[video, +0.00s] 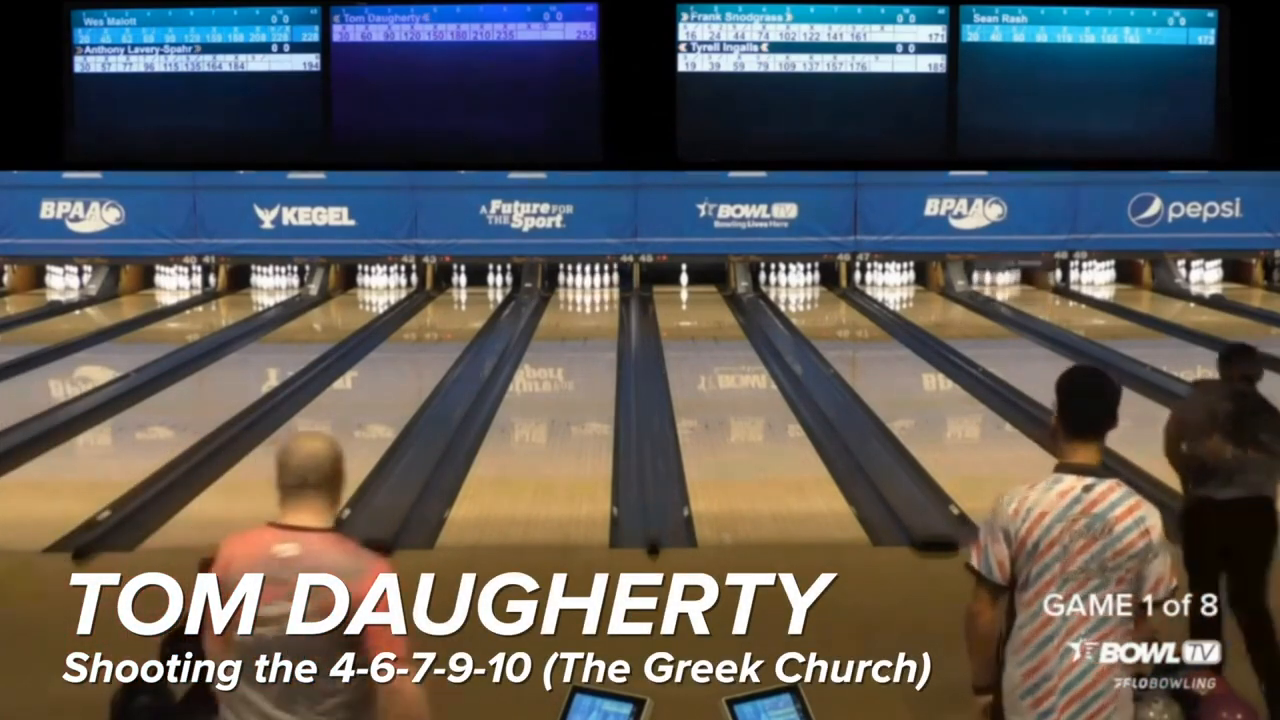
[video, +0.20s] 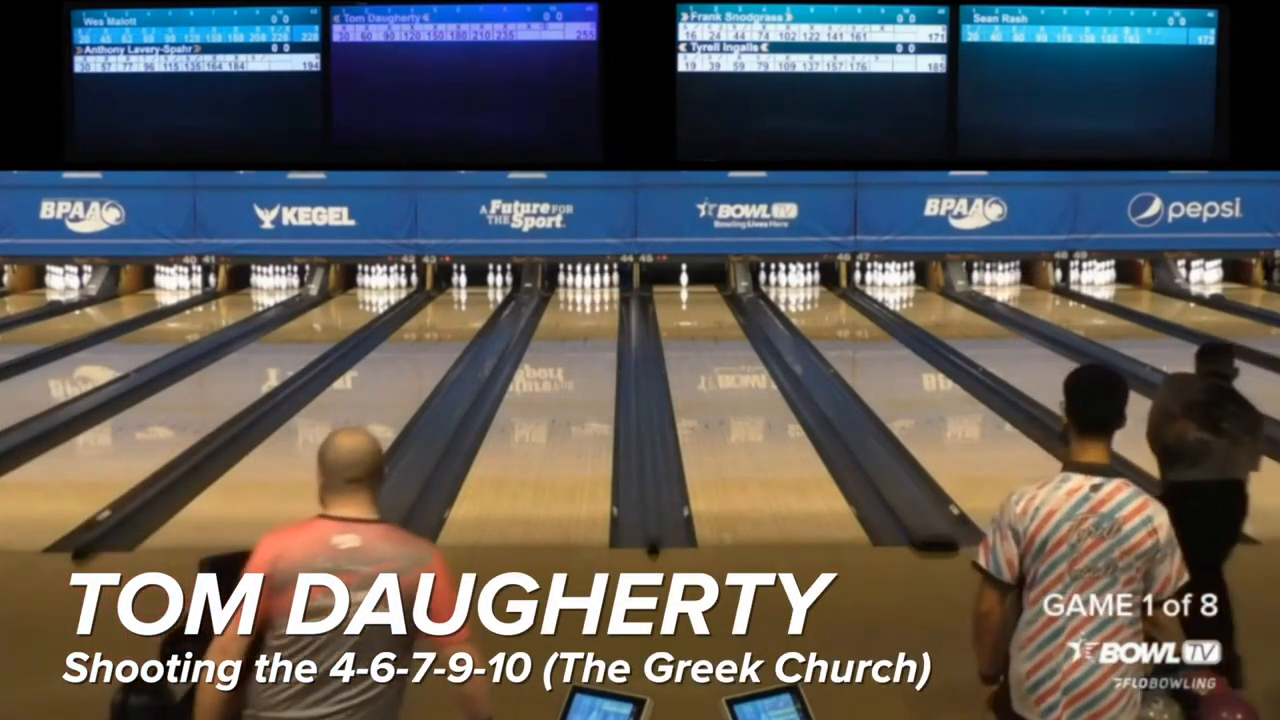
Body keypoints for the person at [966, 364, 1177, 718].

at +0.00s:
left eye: (1055, 415)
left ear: (1056, 420)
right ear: (1114, 424)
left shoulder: (1019, 507)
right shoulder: (1142, 515)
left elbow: (985, 608)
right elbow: (1151, 617)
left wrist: (985, 690)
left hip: (1029, 691)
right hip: (1107, 694)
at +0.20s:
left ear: (1065, 417)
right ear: (1122, 422)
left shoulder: (1027, 505)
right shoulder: (1150, 515)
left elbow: (990, 605)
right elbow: (1161, 613)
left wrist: (991, 672)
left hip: (1036, 689)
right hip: (1114, 691)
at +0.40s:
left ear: (1069, 416)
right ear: (1125, 420)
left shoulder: (1030, 503)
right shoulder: (1154, 513)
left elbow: (991, 605)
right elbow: (1163, 611)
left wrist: (993, 668)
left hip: (1036, 687)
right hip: (1115, 692)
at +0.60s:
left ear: (1068, 418)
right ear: (1124, 420)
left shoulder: (1030, 503)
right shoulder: (1153, 512)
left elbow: (991, 605)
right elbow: (1161, 609)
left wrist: (993, 668)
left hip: (1036, 686)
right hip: (1114, 692)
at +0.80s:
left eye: (1066, 410)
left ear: (1067, 418)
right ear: (1121, 419)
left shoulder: (1027, 500)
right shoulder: (1152, 510)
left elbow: (988, 602)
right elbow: (1161, 612)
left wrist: (990, 662)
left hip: (1034, 688)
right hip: (1112, 695)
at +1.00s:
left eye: (1061, 405)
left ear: (1063, 413)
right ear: (1122, 419)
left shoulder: (1024, 497)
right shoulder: (1149, 508)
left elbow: (987, 600)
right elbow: (1160, 607)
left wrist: (990, 662)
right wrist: (1141, 650)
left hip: (1033, 686)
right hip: (1112, 692)